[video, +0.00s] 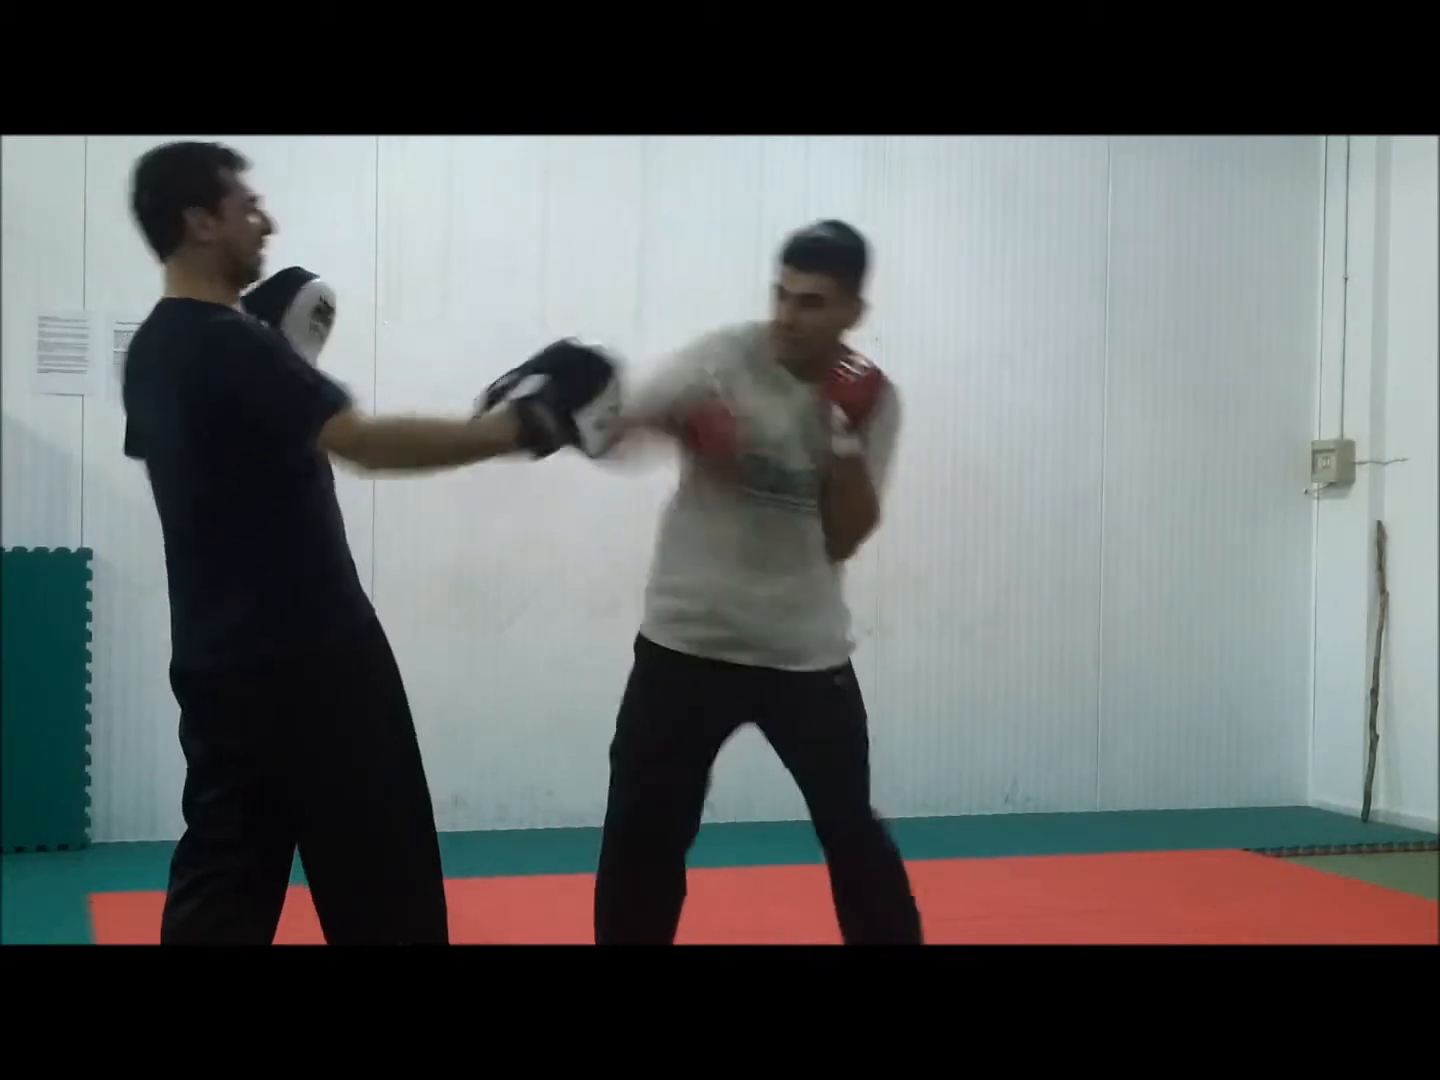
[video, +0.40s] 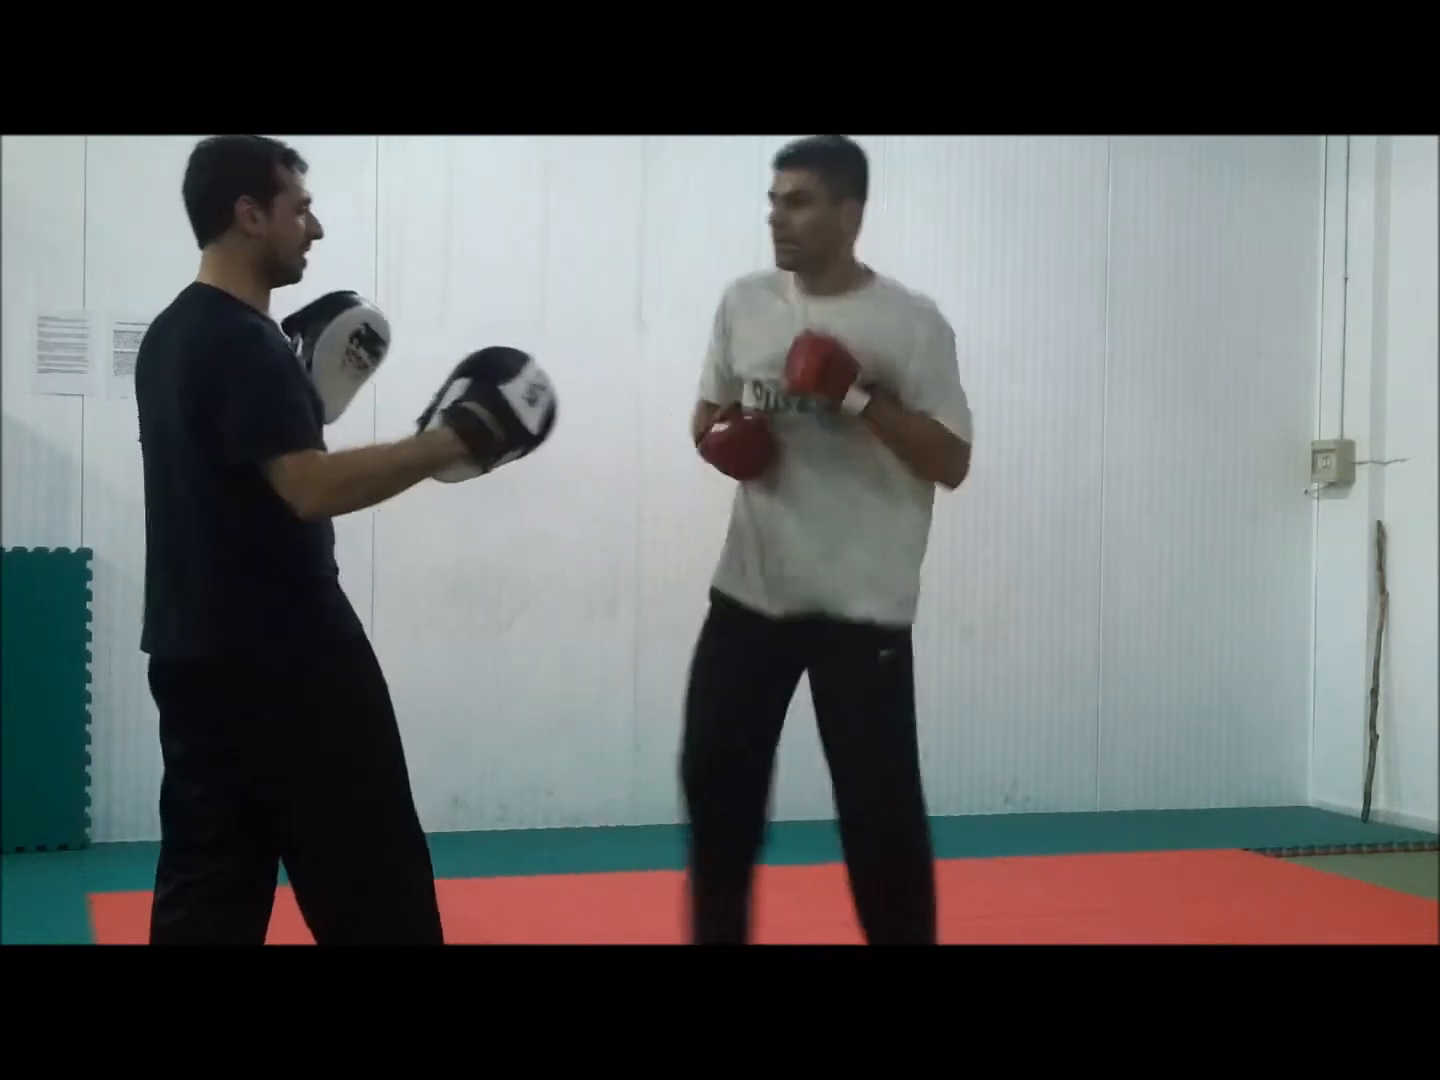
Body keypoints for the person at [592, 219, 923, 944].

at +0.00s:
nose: (789, 316)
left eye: (813, 302)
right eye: (783, 295)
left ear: (855, 310)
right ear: (773, 291)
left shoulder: (869, 399)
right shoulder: (721, 358)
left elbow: (844, 538)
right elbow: (604, 426)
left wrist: (846, 427)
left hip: (806, 659)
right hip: (687, 648)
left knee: (854, 839)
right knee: (638, 850)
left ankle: (894, 946)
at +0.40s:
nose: (778, 218)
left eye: (798, 202)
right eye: (773, 202)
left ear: (851, 211)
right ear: (770, 210)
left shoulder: (913, 323)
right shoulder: (745, 304)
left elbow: (951, 462)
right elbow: (712, 408)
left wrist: (861, 396)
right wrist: (721, 437)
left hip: (864, 603)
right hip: (752, 593)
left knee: (881, 812)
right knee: (717, 790)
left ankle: (904, 942)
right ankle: (717, 938)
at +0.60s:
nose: (735, 317)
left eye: (750, 298)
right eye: (731, 300)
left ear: (803, 296)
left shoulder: (876, 387)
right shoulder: (770, 396)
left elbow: (849, 535)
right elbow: (758, 533)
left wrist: (796, 439)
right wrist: (718, 453)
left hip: (877, 661)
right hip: (789, 654)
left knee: (907, 862)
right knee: (689, 806)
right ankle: (686, 945)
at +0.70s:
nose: (671, 341)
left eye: (681, 320)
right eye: (668, 325)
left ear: (731, 312)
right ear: (733, 319)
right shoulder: (780, 383)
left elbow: (762, 531)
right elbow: (764, 521)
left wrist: (688, 467)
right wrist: (688, 457)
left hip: (831, 660)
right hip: (774, 660)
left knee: (869, 849)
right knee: (683, 820)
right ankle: (641, 941)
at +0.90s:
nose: (571, 401)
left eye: (575, 377)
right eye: (565, 385)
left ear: (618, 357)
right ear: (625, 361)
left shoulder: (667, 406)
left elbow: (687, 550)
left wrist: (612, 494)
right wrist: (669, 636)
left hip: (777, 670)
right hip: (706, 677)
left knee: (844, 866)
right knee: (608, 835)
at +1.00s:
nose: (542, 371)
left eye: (546, 347)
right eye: (532, 363)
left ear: (598, 333)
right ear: (543, 384)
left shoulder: (698, 376)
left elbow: (734, 473)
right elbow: (667, 569)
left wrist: (653, 424)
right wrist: (636, 666)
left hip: (788, 662)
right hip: (678, 684)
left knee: (858, 849)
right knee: (600, 878)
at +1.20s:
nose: (514, 358)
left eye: (518, 337)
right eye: (500, 361)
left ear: (561, 329)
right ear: (508, 384)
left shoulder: (669, 383)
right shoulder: (535, 448)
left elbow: (741, 477)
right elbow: (586, 570)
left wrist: (645, 413)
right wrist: (601, 466)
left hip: (760, 638)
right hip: (646, 667)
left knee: (863, 799)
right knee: (601, 862)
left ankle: (867, 938)